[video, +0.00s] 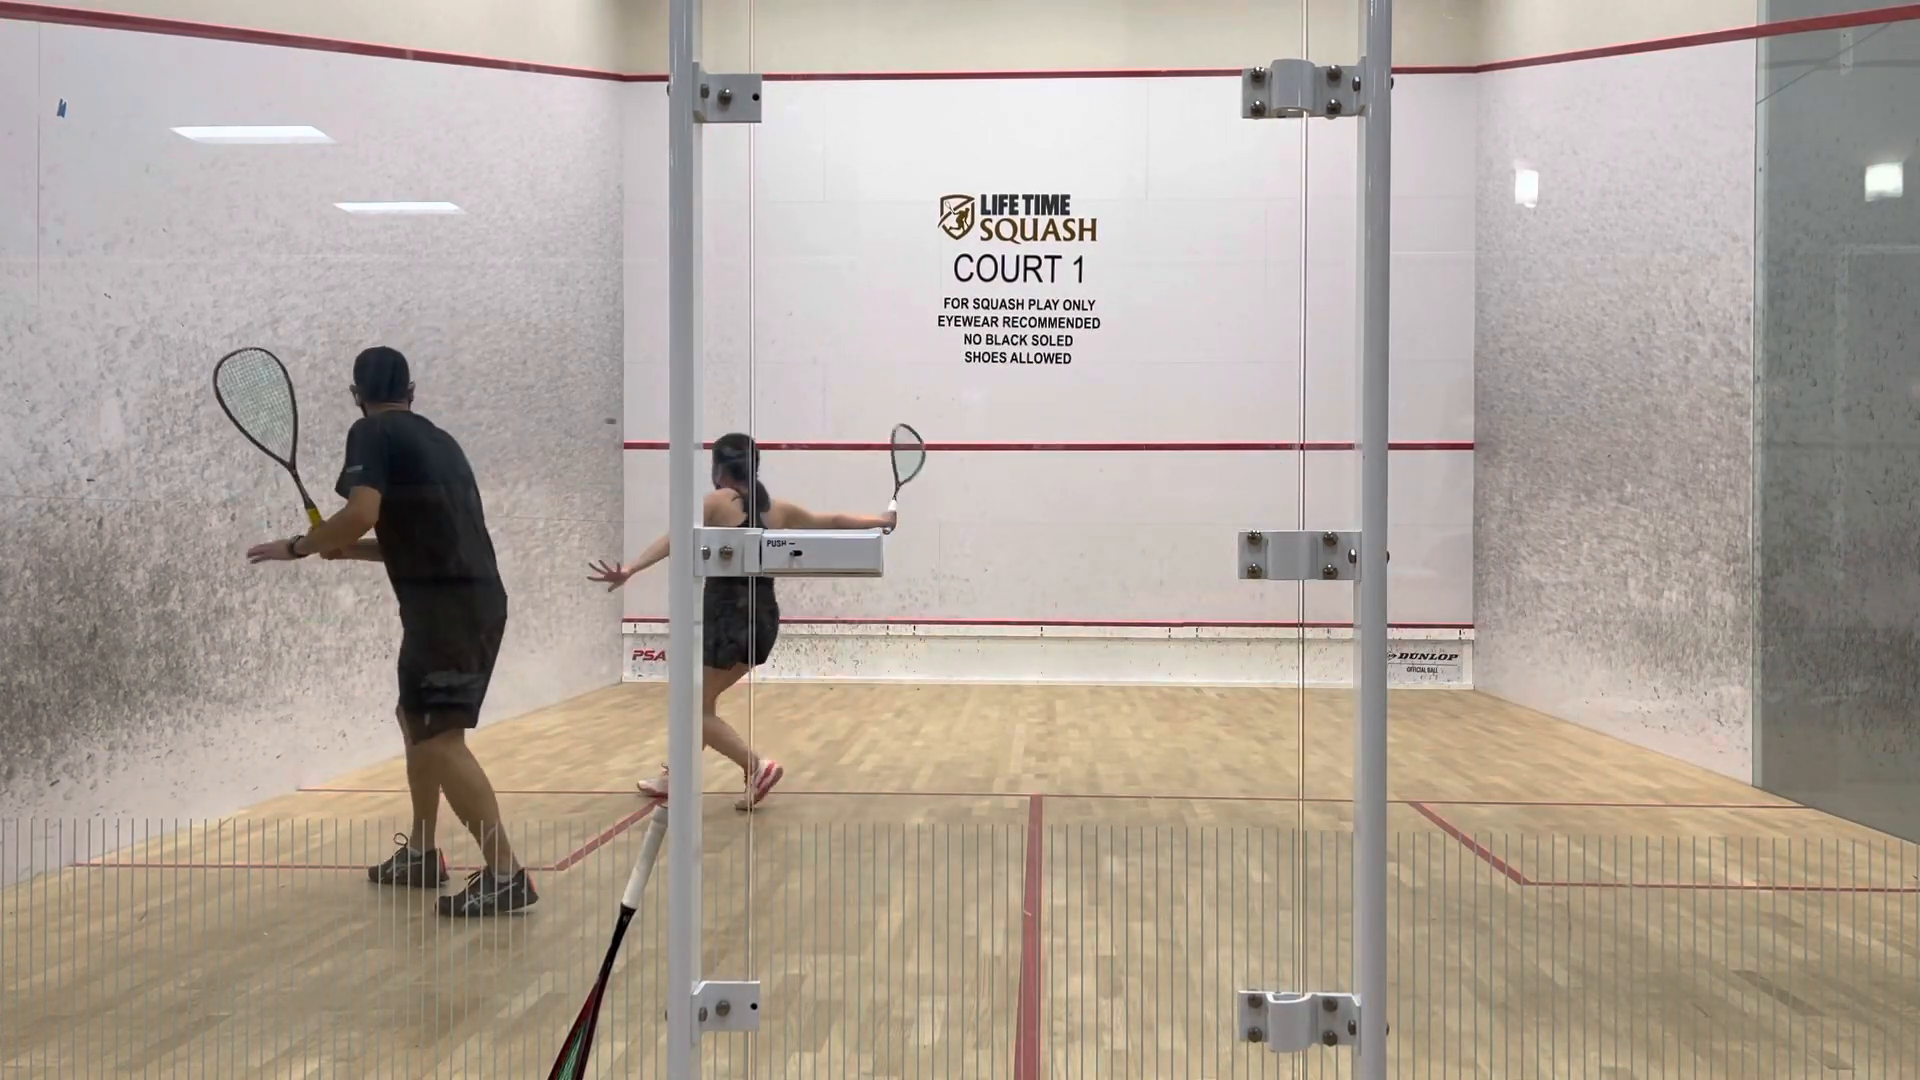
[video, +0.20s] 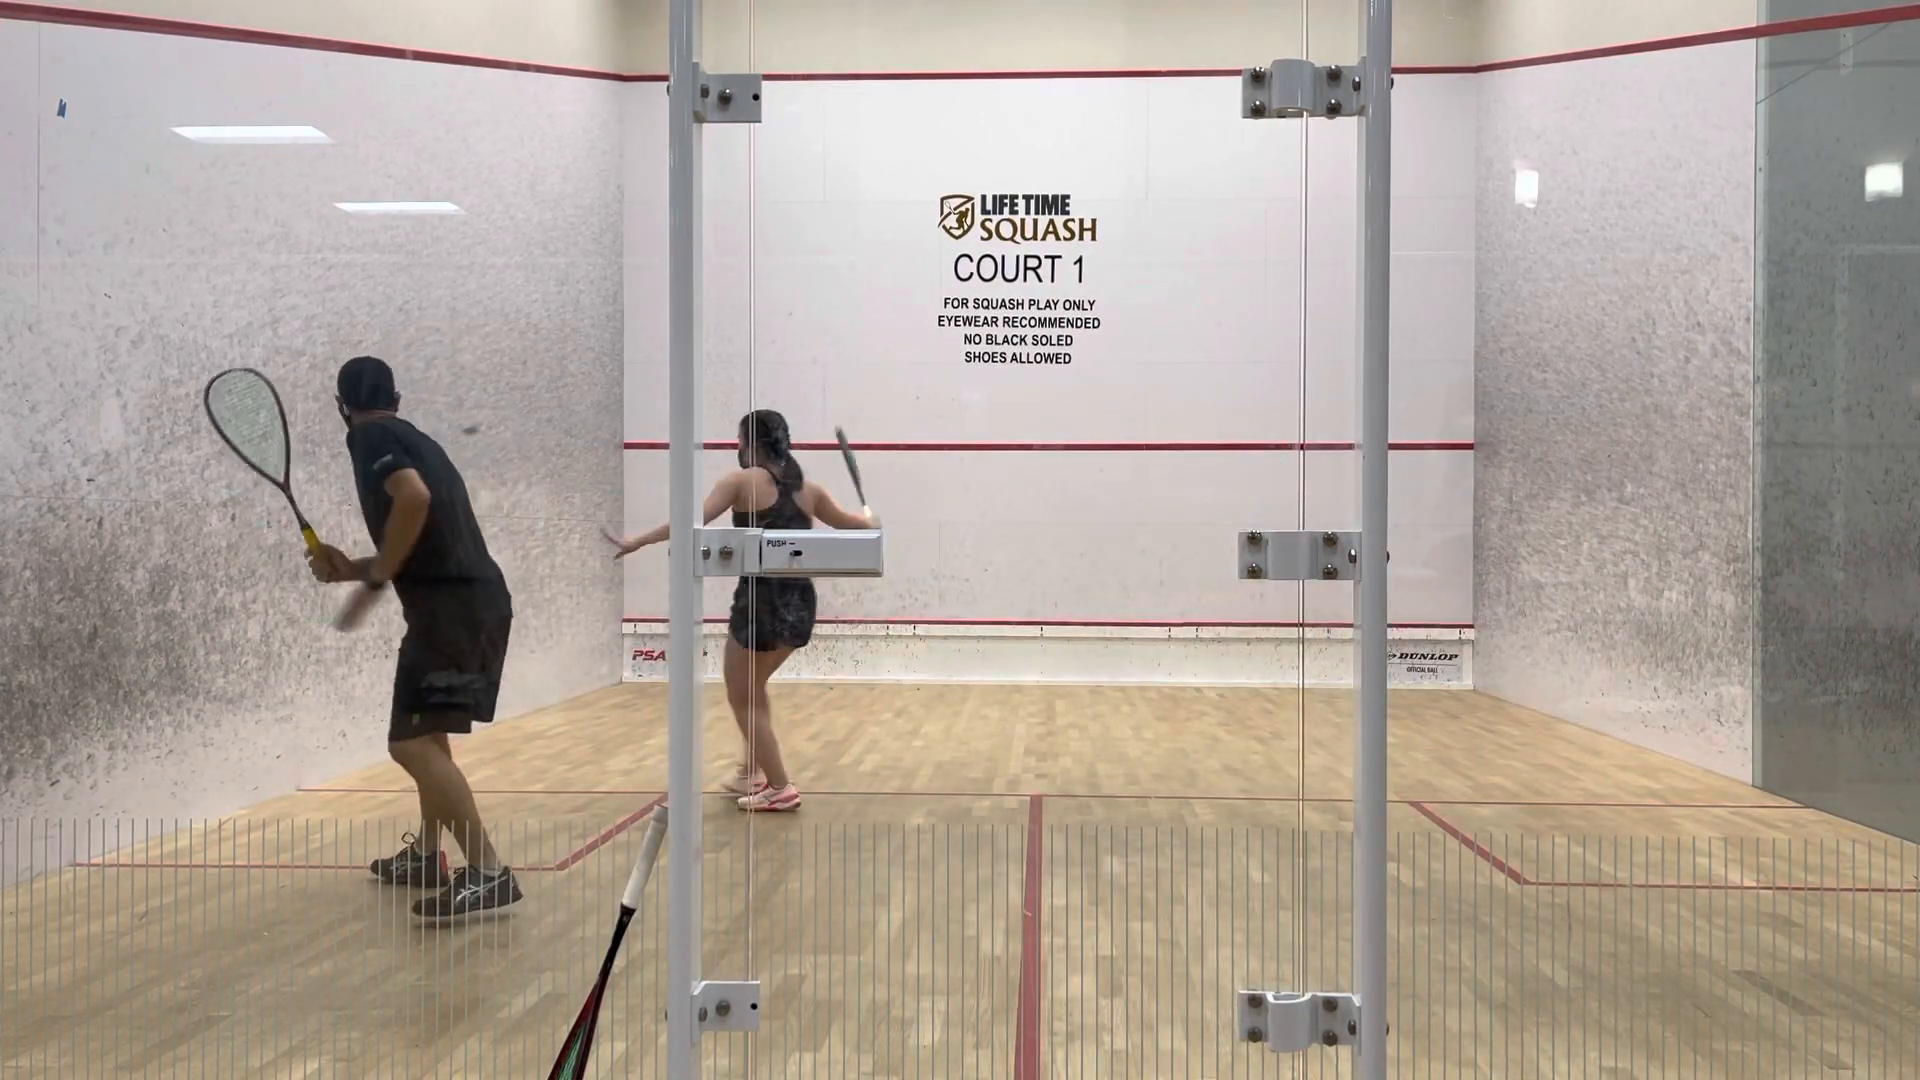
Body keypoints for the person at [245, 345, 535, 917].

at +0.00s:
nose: (360, 404)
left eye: (357, 395)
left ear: (359, 395)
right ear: (411, 393)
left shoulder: (371, 431)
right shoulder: (439, 440)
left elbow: (361, 513)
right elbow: (417, 547)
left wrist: (298, 546)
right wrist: (345, 549)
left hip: (442, 605)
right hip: (476, 601)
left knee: (441, 740)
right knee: (415, 716)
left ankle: (506, 874)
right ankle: (423, 850)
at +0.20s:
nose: (345, 415)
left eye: (341, 407)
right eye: (349, 408)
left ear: (343, 406)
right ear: (394, 401)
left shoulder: (368, 434)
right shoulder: (415, 439)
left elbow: (413, 498)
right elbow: (418, 549)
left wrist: (375, 578)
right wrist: (349, 567)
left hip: (449, 602)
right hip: (473, 599)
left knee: (410, 742)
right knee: (428, 734)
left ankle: (487, 870)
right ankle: (428, 854)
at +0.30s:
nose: (338, 408)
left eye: (335, 399)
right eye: (341, 399)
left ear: (340, 400)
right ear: (391, 394)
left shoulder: (374, 433)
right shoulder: (406, 435)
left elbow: (435, 487)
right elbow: (419, 549)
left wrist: (444, 587)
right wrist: (361, 575)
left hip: (440, 607)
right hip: (458, 606)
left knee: (402, 744)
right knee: (433, 737)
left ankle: (485, 873)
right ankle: (428, 854)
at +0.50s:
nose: (313, 397)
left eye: (315, 384)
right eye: (312, 385)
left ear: (339, 380)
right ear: (356, 378)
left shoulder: (401, 418)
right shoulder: (370, 446)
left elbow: (487, 472)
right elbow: (413, 540)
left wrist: (491, 567)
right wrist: (370, 578)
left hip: (446, 608)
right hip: (411, 613)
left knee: (428, 741)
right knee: (413, 734)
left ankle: (488, 883)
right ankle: (425, 854)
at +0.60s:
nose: (292, 394)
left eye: (295, 380)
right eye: (289, 383)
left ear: (329, 370)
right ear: (325, 374)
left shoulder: (405, 412)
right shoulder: (342, 453)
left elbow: (482, 482)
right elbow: (369, 530)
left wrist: (465, 572)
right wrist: (359, 577)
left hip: (450, 604)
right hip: (395, 610)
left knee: (443, 747)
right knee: (358, 733)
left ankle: (488, 882)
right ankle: (414, 846)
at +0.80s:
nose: (233, 406)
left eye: (237, 390)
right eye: (227, 396)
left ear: (271, 375)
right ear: (260, 383)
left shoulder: (352, 415)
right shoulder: (279, 470)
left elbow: (440, 477)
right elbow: (299, 567)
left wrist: (366, 549)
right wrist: (305, 581)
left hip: (418, 616)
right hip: (347, 624)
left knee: (451, 750)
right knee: (268, 739)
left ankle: (486, 885)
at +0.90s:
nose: (176, 412)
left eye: (182, 396)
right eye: (170, 403)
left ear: (224, 384)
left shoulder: (305, 421)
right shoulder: (233, 491)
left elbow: (403, 471)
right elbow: (262, 595)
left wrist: (318, 526)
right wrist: (257, 584)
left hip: (381, 629)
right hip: (310, 638)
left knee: (424, 768)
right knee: (233, 770)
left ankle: (486, 877)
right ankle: (151, 933)